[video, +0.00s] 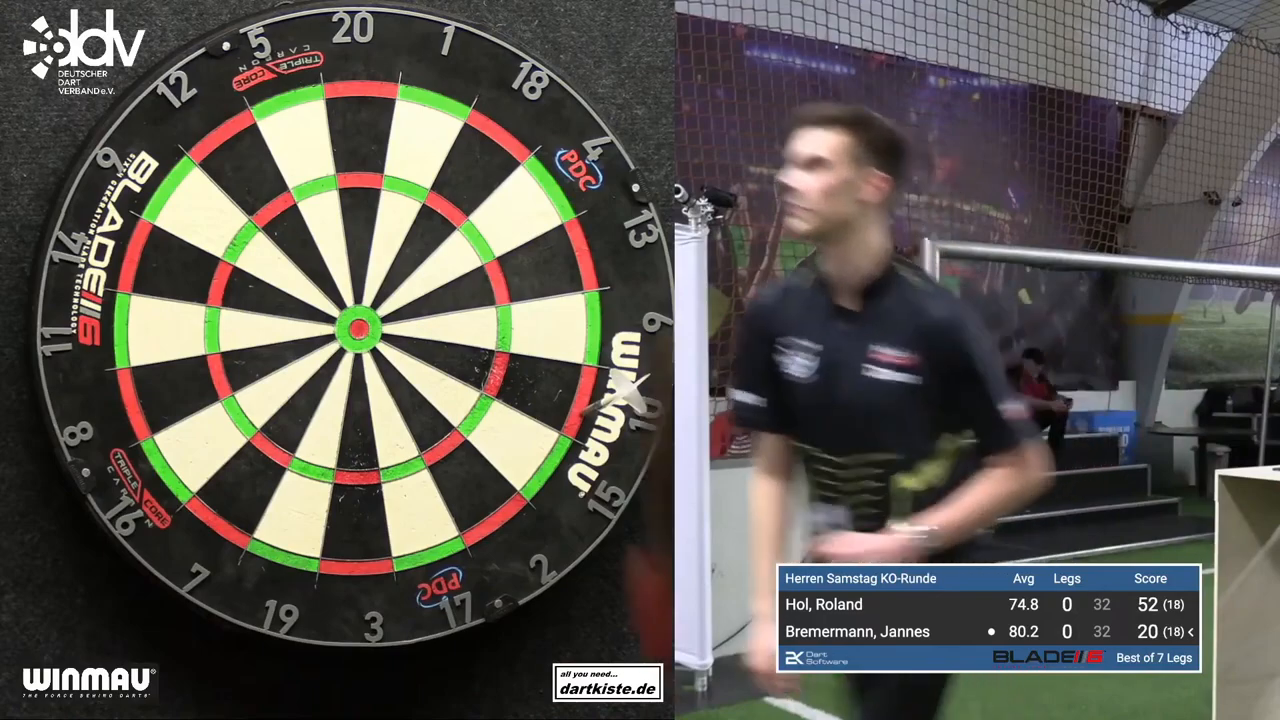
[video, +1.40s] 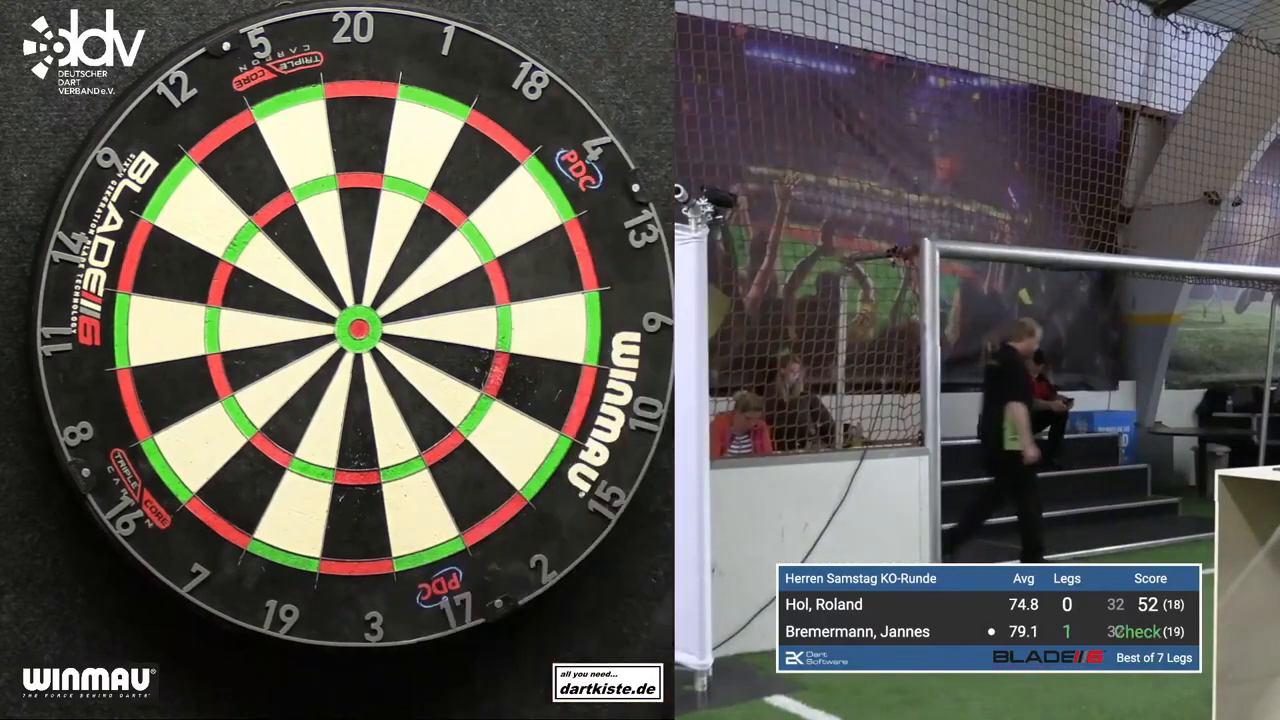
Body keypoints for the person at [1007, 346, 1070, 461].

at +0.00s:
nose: (1039, 369)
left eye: (1041, 365)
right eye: (1037, 365)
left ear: (1040, 365)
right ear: (1028, 363)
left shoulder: (1041, 378)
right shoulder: (1017, 376)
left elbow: (1051, 394)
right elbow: (1022, 399)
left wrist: (1062, 401)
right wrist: (1051, 405)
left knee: (1061, 413)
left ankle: (1054, 453)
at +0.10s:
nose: (1038, 369)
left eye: (1040, 366)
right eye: (1036, 365)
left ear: (1042, 366)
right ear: (1026, 362)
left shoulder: (1040, 379)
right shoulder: (1013, 375)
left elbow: (1052, 396)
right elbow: (1017, 399)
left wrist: (1062, 402)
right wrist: (1050, 405)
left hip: (1030, 420)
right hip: (1007, 422)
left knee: (1060, 412)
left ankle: (1053, 454)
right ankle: (1026, 459)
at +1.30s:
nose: (1039, 369)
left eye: (1041, 366)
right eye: (1036, 365)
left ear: (1042, 366)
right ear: (1026, 362)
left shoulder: (1041, 379)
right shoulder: (1014, 375)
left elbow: (1051, 396)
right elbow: (1016, 398)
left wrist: (1063, 402)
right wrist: (1050, 405)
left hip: (1036, 416)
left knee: (1060, 413)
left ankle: (1054, 455)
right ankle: (1025, 460)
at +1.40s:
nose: (1039, 367)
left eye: (1041, 364)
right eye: (1036, 364)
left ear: (1042, 365)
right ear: (1028, 363)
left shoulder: (1041, 379)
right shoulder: (1023, 379)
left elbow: (1051, 396)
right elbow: (1029, 401)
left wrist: (1062, 402)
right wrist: (1051, 405)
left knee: (1061, 413)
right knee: (1056, 415)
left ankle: (1054, 454)